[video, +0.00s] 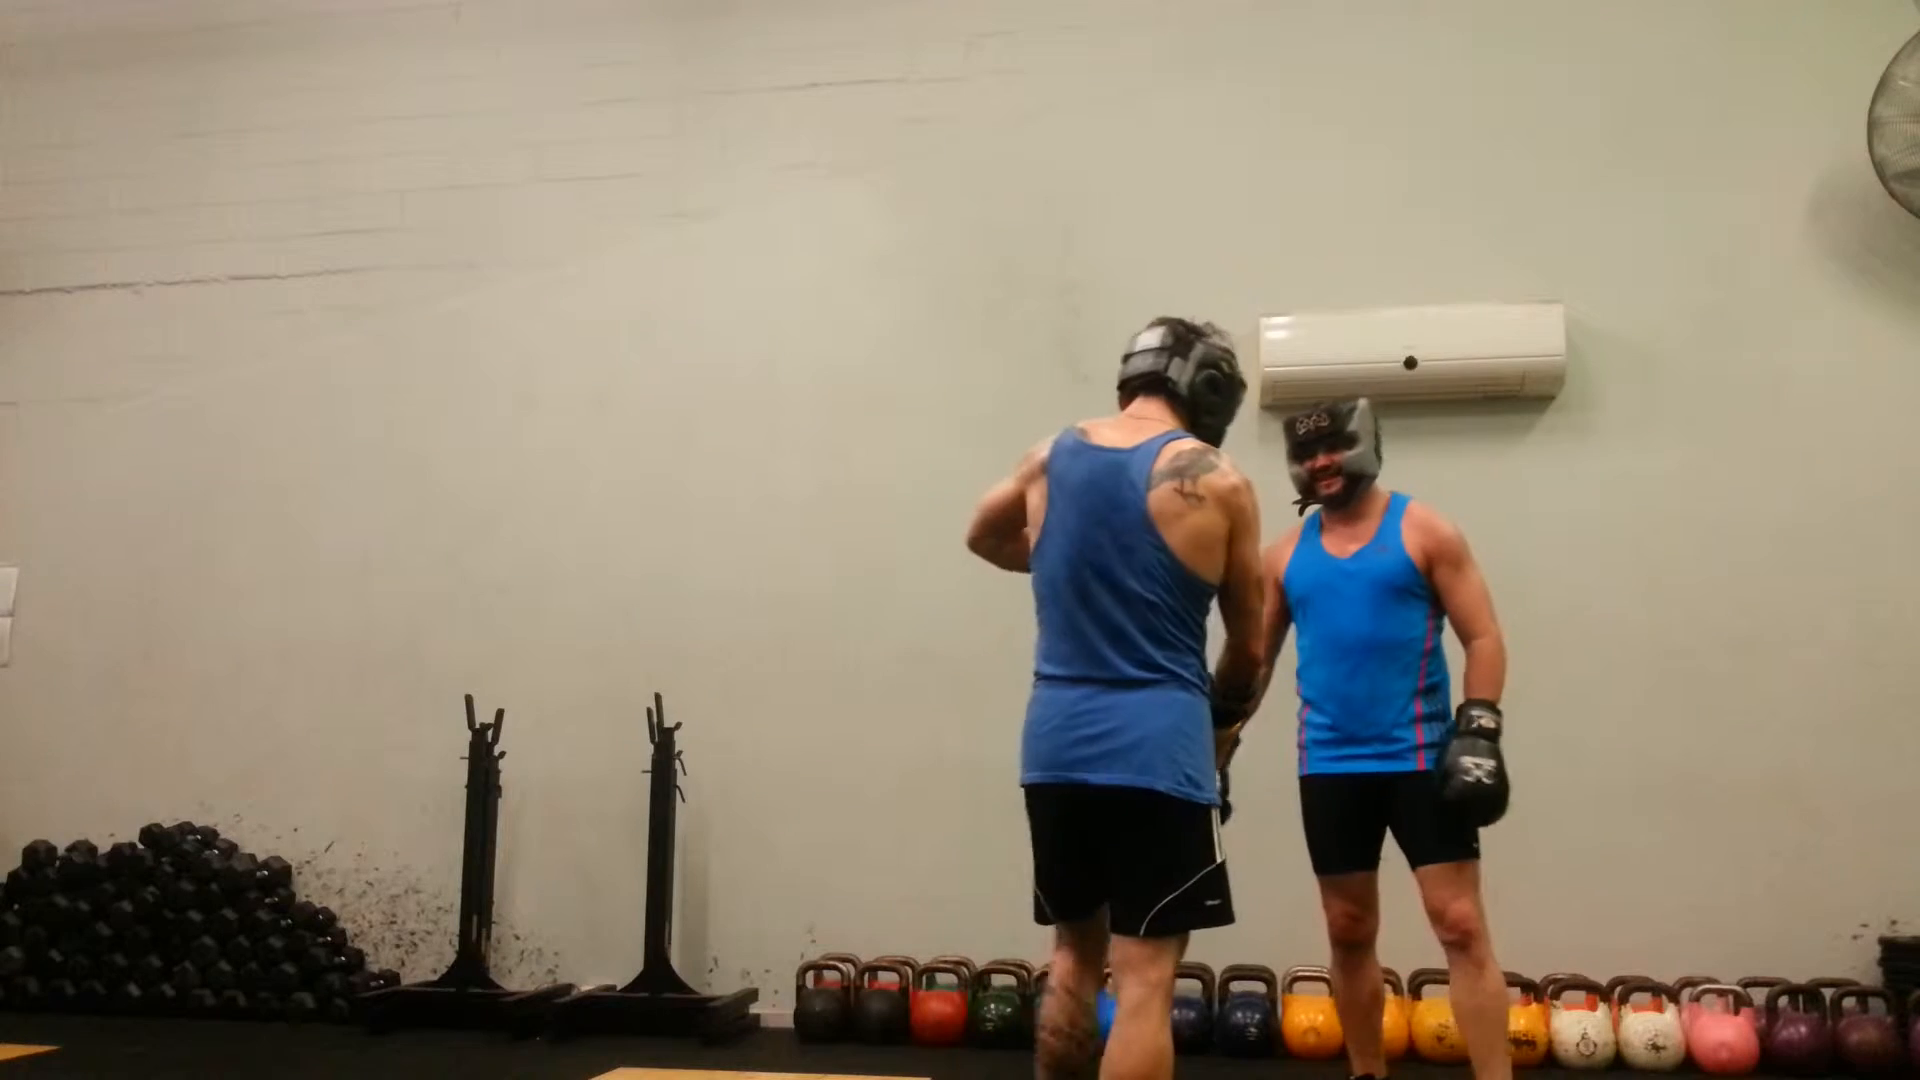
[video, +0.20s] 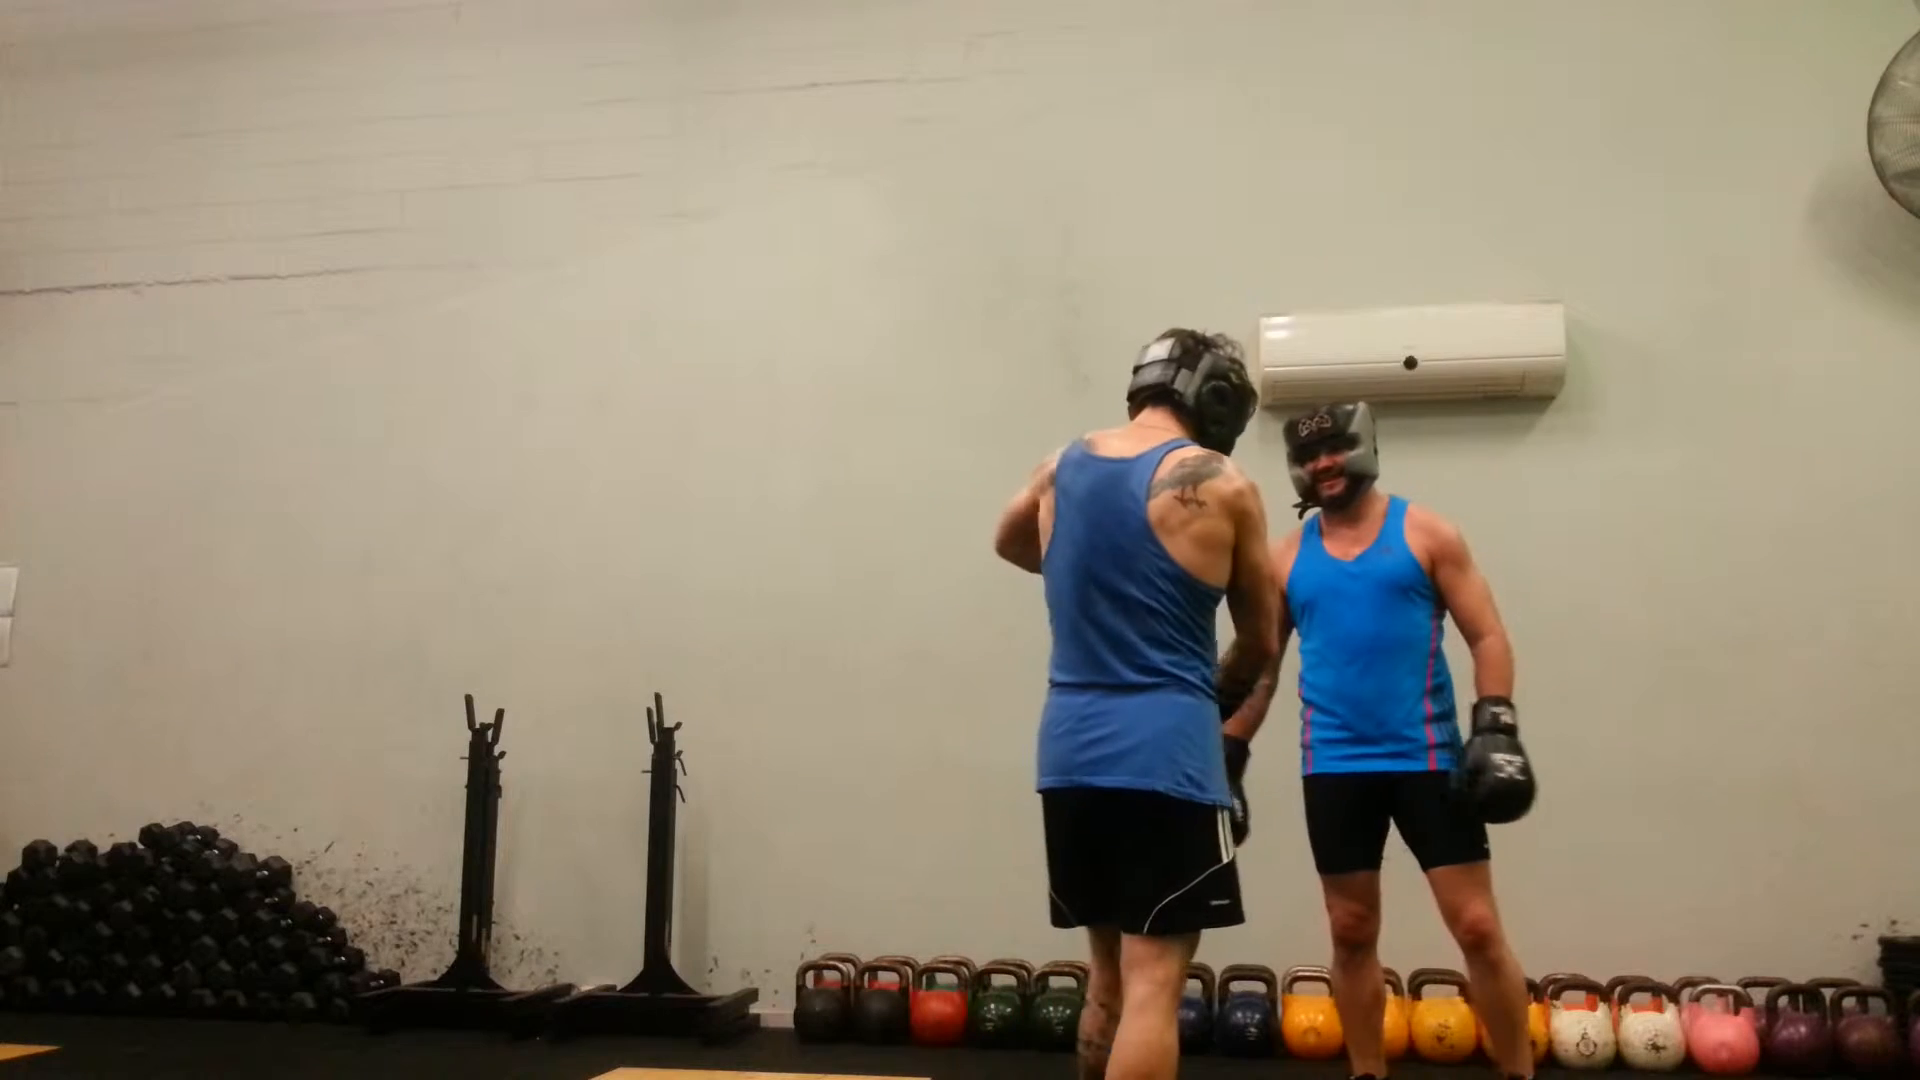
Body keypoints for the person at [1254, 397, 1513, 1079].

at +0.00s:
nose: (1323, 463)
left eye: (1337, 447)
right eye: (1308, 453)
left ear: (1368, 448)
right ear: (1295, 466)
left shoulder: (1425, 532)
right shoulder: (1283, 555)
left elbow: (1482, 637)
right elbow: (1251, 665)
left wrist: (1478, 732)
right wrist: (1214, 750)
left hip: (1423, 762)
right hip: (1331, 769)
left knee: (1460, 926)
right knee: (1348, 930)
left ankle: (1493, 1076)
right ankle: (1367, 1072)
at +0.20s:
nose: (1326, 467)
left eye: (1339, 451)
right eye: (1311, 458)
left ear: (1367, 451)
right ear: (1298, 470)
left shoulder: (1426, 534)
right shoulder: (1287, 555)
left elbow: (1485, 634)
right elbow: (1259, 667)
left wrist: (1495, 726)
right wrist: (1227, 756)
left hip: (1428, 763)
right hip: (1335, 768)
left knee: (1478, 930)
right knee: (1350, 931)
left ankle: (1517, 1073)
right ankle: (1367, 1072)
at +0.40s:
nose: (1341, 470)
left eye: (1353, 454)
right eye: (1325, 462)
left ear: (1382, 454)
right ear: (1311, 474)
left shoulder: (1445, 538)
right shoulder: (1302, 563)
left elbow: (1503, 636)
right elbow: (1281, 668)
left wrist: (1530, 735)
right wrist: (1265, 758)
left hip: (1442, 766)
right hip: (1348, 771)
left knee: (1480, 935)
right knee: (1359, 932)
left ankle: (1509, 1074)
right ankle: (1369, 1074)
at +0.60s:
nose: (1366, 472)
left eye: (1378, 456)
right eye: (1350, 464)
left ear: (1409, 454)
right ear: (1337, 475)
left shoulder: (1472, 537)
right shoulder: (1332, 561)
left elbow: (1531, 637)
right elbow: (1315, 658)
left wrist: (1555, 737)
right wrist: (1308, 702)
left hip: (1464, 767)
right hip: (1371, 770)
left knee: (1492, 933)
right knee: (1371, 932)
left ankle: (1515, 1074)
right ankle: (1374, 1074)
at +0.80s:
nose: (1394, 467)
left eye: (1407, 452)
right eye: (1378, 458)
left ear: (1438, 453)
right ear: (1364, 471)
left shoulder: (1499, 538)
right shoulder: (1357, 555)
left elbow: (1554, 641)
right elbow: (1326, 667)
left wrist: (1570, 738)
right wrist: (1340, 617)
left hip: (1486, 766)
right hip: (1393, 768)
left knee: (1507, 933)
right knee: (1383, 932)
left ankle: (1521, 1074)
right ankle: (1378, 1075)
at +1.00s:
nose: (1418, 464)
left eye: (1432, 449)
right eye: (1403, 453)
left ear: (1463, 453)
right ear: (1389, 467)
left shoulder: (1519, 540)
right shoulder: (1386, 547)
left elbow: (1572, 645)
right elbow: (1339, 646)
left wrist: (1584, 742)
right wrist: (1366, 562)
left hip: (1503, 765)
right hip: (1411, 767)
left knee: (1517, 932)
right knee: (1394, 932)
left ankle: (1525, 1074)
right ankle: (1380, 1073)